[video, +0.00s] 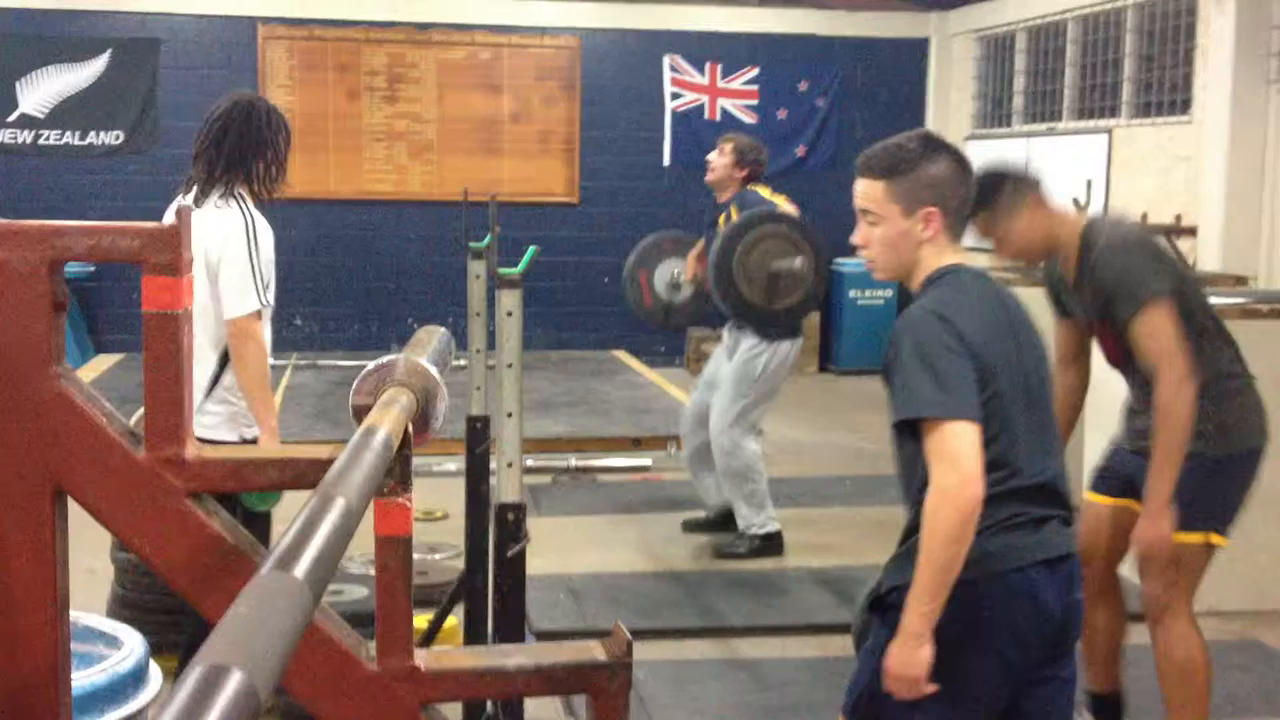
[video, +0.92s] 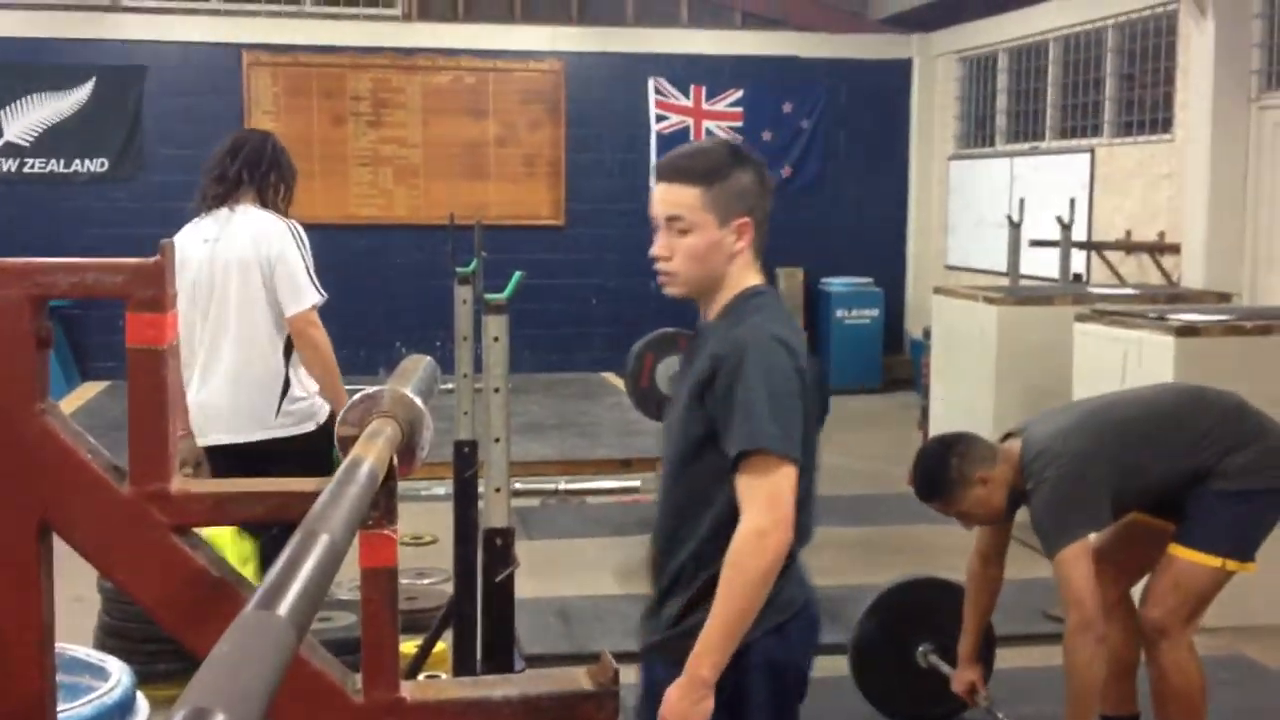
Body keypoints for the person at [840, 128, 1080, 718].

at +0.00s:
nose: (856, 239)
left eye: (869, 220)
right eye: (858, 219)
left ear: (926, 223)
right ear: (931, 225)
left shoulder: (927, 322)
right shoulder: (1000, 302)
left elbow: (957, 485)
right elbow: (1029, 453)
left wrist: (914, 630)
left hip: (980, 591)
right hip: (1050, 575)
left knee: (880, 704)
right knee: (1042, 707)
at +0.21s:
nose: (816, 231)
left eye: (832, 215)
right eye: (820, 213)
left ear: (889, 226)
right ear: (893, 229)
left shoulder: (892, 325)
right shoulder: (940, 307)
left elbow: (909, 500)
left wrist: (847, 645)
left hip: (938, 603)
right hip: (984, 585)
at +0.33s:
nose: (776, 231)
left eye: (793, 213)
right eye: (779, 213)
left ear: (852, 223)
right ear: (849, 225)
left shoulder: (861, 321)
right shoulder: (889, 306)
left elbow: (882, 498)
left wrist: (794, 636)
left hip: (894, 612)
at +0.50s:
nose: (739, 228)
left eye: (752, 210)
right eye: (741, 210)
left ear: (809, 217)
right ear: (812, 220)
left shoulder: (822, 322)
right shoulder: (854, 302)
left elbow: (833, 498)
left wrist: (743, 646)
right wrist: (773, 582)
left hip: (839, 616)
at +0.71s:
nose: (692, 232)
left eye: (708, 213)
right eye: (695, 213)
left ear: (768, 222)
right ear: (768, 223)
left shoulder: (784, 330)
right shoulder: (797, 309)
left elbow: (795, 513)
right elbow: (779, 481)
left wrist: (711, 661)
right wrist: (716, 570)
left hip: (790, 636)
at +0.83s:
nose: (671, 241)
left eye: (691, 222)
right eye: (673, 222)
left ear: (751, 230)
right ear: (749, 231)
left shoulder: (771, 336)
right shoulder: (751, 323)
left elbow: (780, 521)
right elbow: (738, 494)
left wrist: (706, 671)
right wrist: (686, 607)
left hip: (761, 641)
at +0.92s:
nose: (656, 247)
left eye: (678, 229)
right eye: (658, 227)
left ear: (738, 235)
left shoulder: (758, 344)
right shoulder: (730, 331)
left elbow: (768, 527)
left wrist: (699, 677)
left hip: (738, 648)